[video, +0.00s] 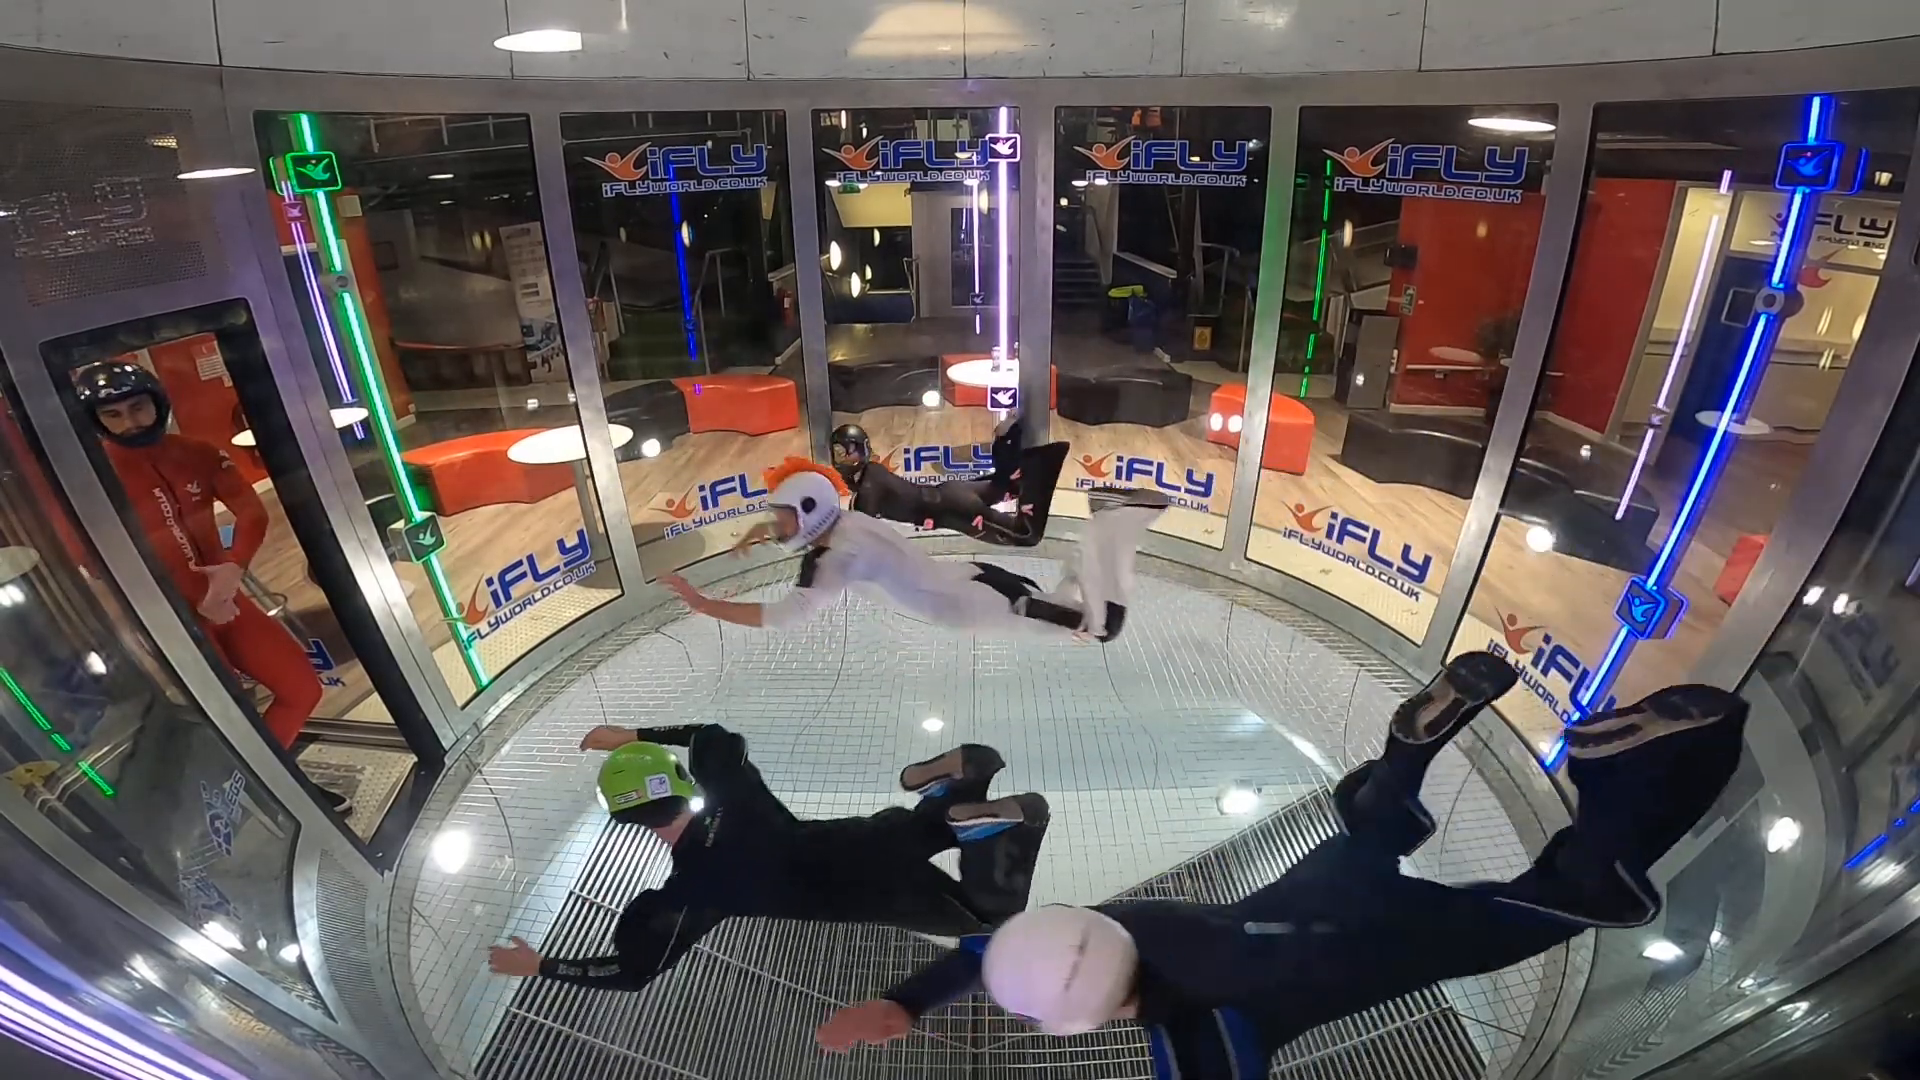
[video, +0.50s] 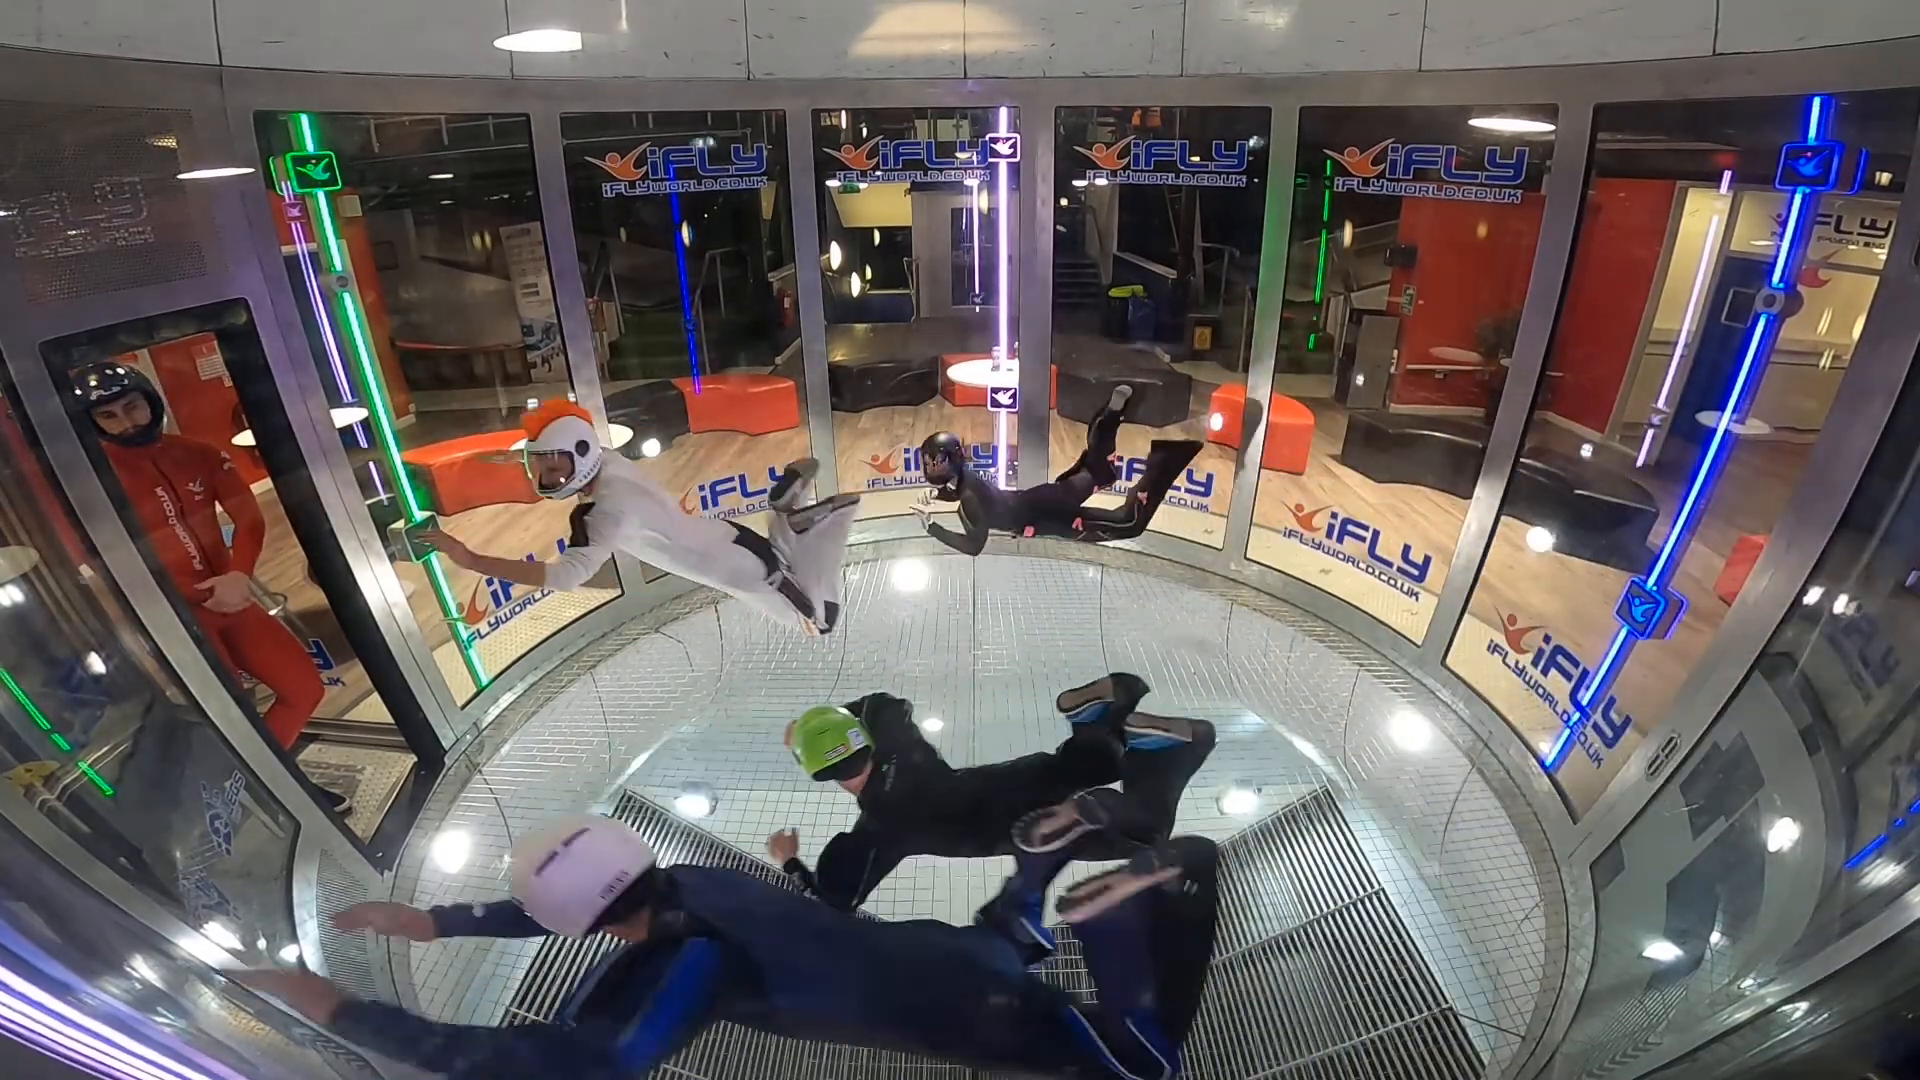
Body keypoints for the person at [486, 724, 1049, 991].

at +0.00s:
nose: (658, 810)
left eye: (645, 812)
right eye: (656, 797)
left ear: (644, 828)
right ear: (676, 786)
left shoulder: (690, 895)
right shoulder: (729, 789)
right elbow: (709, 736)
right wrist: (638, 738)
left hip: (875, 900)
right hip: (875, 834)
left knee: (993, 926)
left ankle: (993, 843)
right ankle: (956, 780)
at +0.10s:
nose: (675, 811)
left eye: (668, 805)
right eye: (685, 786)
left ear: (678, 813)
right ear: (707, 771)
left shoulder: (723, 875)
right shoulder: (754, 772)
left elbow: (664, 953)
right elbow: (741, 723)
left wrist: (582, 944)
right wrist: (671, 724)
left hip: (894, 882)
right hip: (895, 821)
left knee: (1011, 911)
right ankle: (981, 782)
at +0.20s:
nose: (710, 806)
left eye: (707, 800)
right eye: (712, 790)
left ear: (717, 802)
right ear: (741, 763)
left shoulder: (755, 862)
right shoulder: (785, 764)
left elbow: (701, 939)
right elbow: (774, 714)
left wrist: (633, 919)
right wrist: (707, 716)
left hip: (918, 865)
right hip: (916, 807)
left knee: (1042, 877)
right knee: (981, 797)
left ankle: (1046, 782)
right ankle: (1008, 740)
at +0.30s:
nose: (754, 793)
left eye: (744, 786)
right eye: (751, 779)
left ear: (743, 792)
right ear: (776, 751)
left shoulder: (793, 847)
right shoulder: (820, 750)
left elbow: (757, 901)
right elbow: (805, 707)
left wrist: (686, 898)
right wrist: (740, 711)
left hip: (964, 852)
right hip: (961, 799)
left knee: (1072, 864)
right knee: (1026, 777)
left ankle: (1086, 765)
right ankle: (1042, 719)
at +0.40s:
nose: (791, 787)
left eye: (784, 780)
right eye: (786, 776)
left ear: (786, 783)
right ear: (816, 747)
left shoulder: (836, 839)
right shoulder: (854, 742)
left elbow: (791, 887)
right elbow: (841, 702)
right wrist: (779, 709)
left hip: (999, 839)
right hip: (989, 787)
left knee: (1100, 851)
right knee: (1054, 768)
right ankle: (1066, 723)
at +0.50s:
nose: (850, 779)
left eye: (847, 772)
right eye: (843, 771)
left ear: (841, 777)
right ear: (866, 741)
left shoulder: (885, 825)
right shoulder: (898, 747)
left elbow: (836, 894)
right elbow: (880, 706)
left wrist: (792, 864)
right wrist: (826, 720)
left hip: (1039, 825)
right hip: (1038, 774)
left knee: (1148, 826)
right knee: (1094, 763)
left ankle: (1160, 751)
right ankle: (1104, 718)